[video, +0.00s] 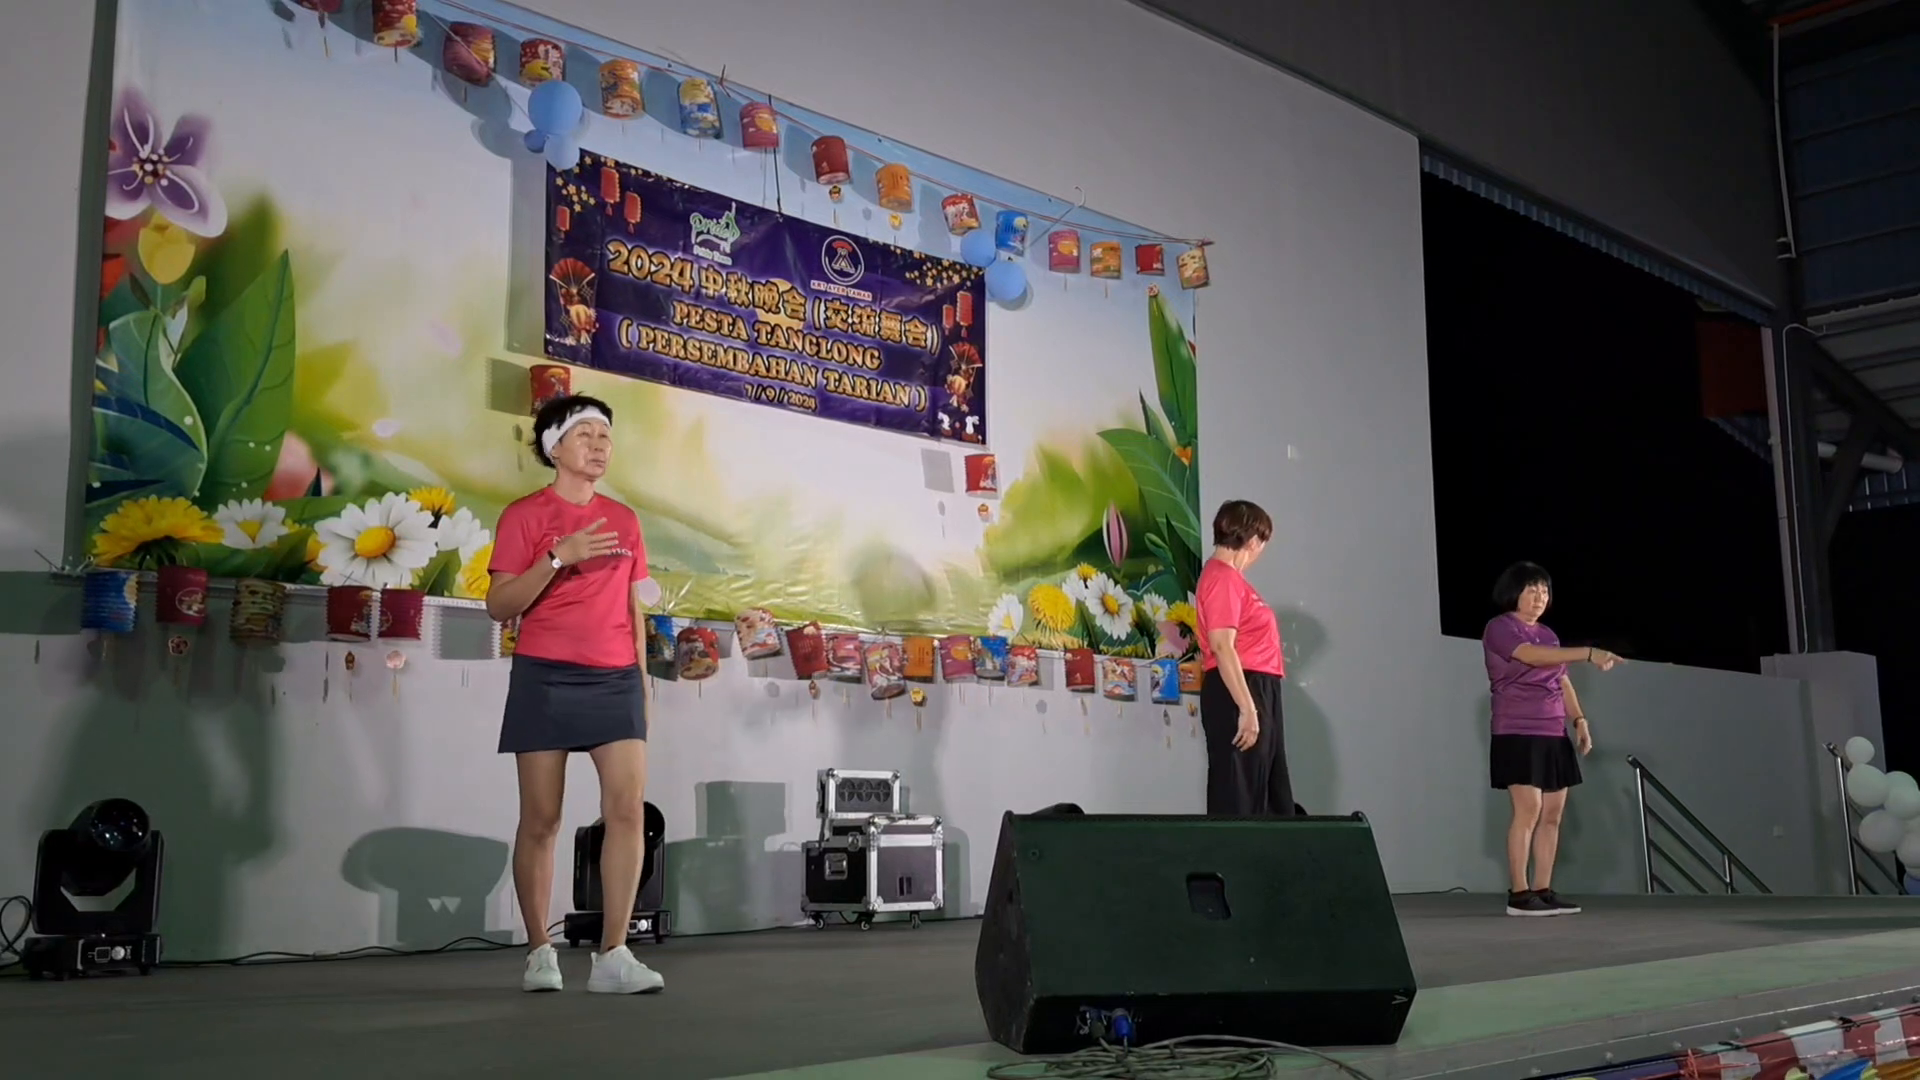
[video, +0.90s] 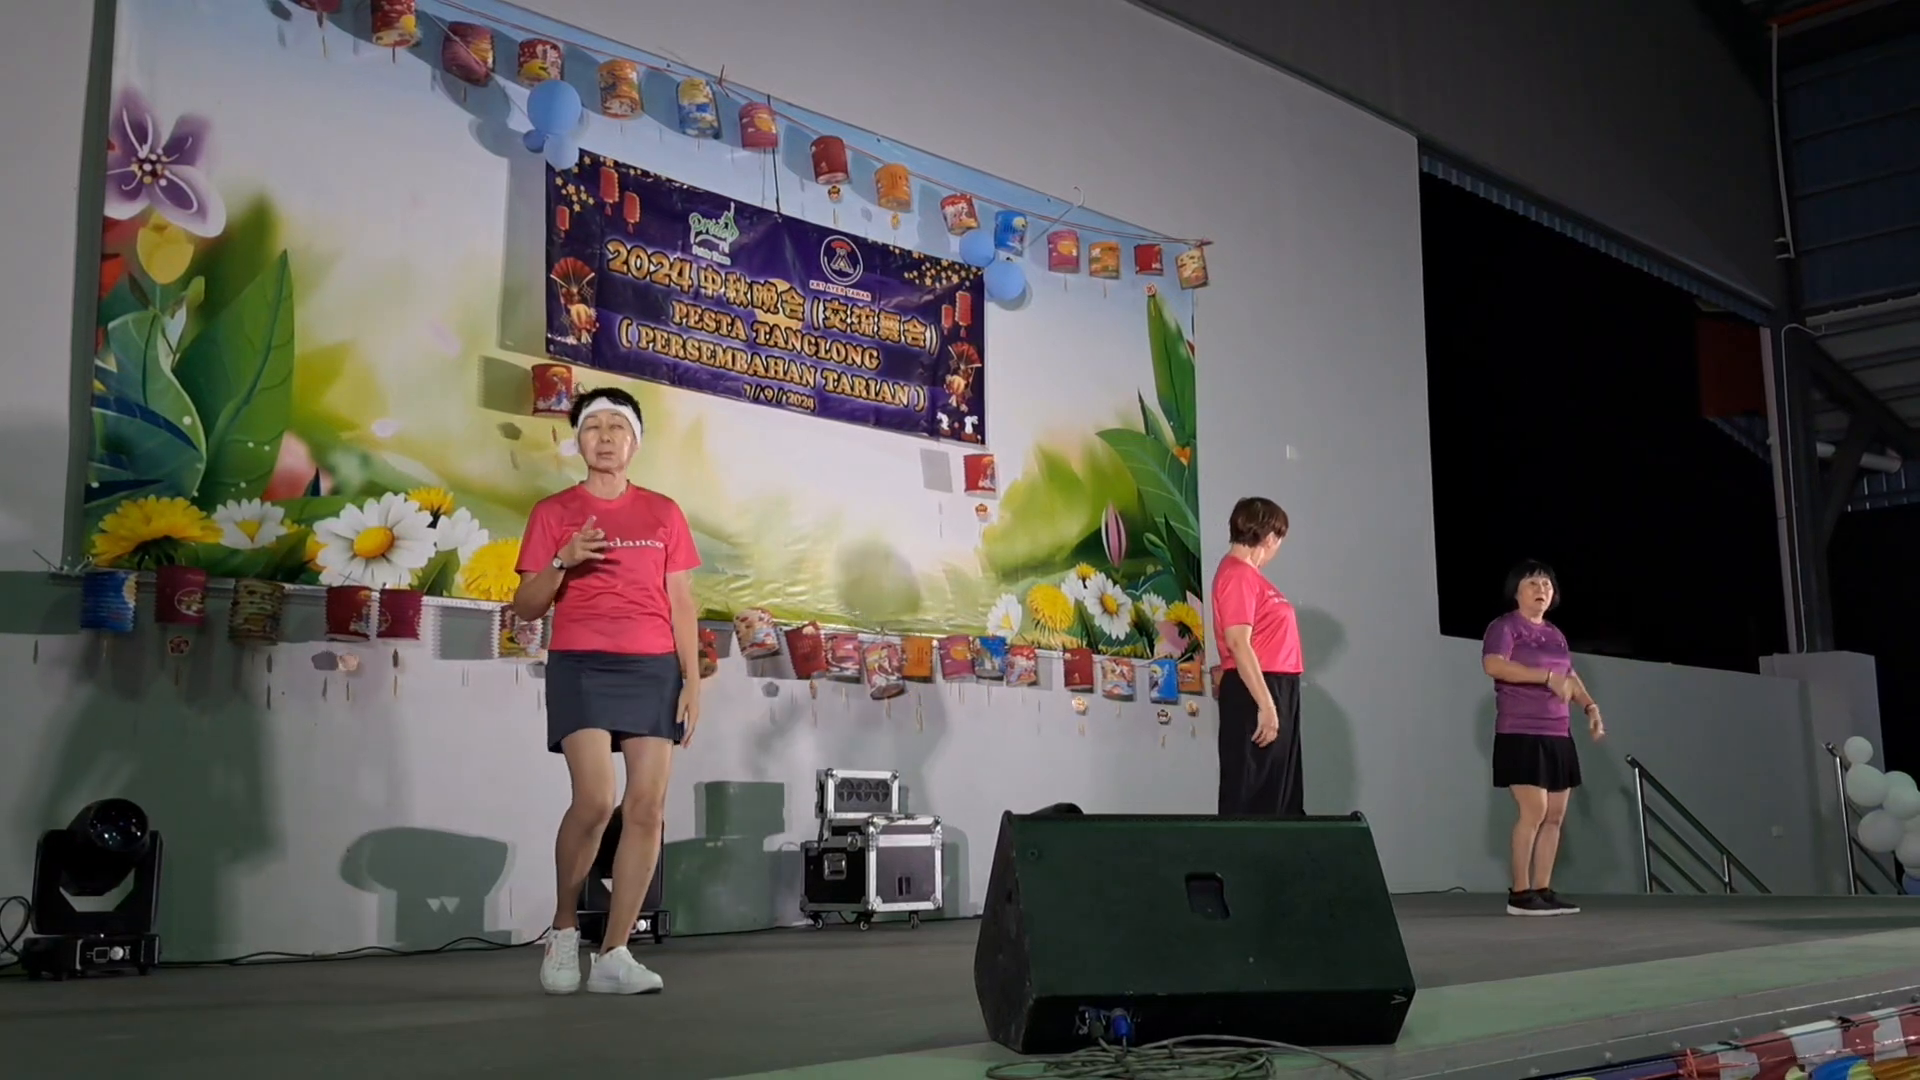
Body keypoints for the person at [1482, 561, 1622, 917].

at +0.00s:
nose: (1539, 599)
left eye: (1544, 593)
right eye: (1532, 591)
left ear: (1549, 599)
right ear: (1513, 593)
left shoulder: (1548, 636)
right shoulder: (1499, 628)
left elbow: (1562, 682)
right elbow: (1530, 655)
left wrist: (1579, 719)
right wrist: (1588, 653)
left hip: (1555, 737)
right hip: (1518, 737)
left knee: (1552, 814)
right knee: (1527, 810)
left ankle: (1542, 891)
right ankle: (1519, 894)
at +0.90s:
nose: (1541, 590)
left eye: (1546, 585)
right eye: (1533, 584)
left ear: (1552, 593)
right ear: (1516, 591)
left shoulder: (1556, 635)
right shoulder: (1505, 627)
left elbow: (1569, 678)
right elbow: (1493, 666)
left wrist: (1589, 706)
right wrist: (1547, 677)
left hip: (1558, 736)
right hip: (1520, 735)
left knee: (1554, 815)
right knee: (1533, 810)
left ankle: (1542, 891)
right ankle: (1520, 893)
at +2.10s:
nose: (1555, 591)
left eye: (1558, 585)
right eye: (1547, 584)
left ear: (1562, 592)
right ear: (1528, 589)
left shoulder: (1560, 635)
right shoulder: (1515, 627)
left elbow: (1576, 682)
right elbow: (1503, 673)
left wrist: (1601, 723)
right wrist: (1536, 717)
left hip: (1560, 736)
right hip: (1526, 735)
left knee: (1565, 812)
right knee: (1549, 810)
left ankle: (1544, 890)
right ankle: (1536, 892)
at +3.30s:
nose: (1548, 592)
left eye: (1553, 587)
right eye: (1540, 586)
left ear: (1560, 594)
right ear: (1525, 593)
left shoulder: (1573, 635)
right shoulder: (1508, 631)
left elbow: (1600, 675)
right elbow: (1493, 675)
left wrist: (1635, 701)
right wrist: (1507, 714)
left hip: (1565, 738)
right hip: (1523, 736)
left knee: (1574, 812)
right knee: (1535, 811)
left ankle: (1558, 891)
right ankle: (1520, 886)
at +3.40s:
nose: (1539, 593)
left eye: (1544, 587)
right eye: (1531, 586)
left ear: (1551, 592)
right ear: (1514, 591)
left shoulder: (1563, 630)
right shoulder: (1495, 629)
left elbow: (1591, 670)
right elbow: (1474, 671)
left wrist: (1629, 673)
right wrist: (1466, 706)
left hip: (1560, 734)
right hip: (1515, 734)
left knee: (1578, 807)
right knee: (1520, 812)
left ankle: (1560, 888)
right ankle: (1508, 886)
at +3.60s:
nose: (1523, 599)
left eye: (1528, 593)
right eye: (1515, 593)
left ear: (1534, 598)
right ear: (1498, 597)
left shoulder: (1545, 634)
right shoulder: (1477, 636)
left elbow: (1571, 676)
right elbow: (1446, 678)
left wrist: (1599, 661)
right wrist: (1411, 714)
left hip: (1545, 738)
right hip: (1496, 740)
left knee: (1584, 803)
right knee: (1501, 811)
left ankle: (1596, 886)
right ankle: (1505, 891)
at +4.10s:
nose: (1497, 586)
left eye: (1503, 581)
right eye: (1489, 583)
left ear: (1514, 591)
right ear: (1479, 595)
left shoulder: (1536, 631)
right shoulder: (1465, 637)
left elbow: (1557, 674)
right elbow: (1452, 689)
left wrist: (1570, 696)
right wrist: (1442, 738)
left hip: (1540, 736)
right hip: (1491, 739)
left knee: (1574, 804)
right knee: (1498, 813)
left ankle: (1574, 886)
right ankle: (1505, 891)